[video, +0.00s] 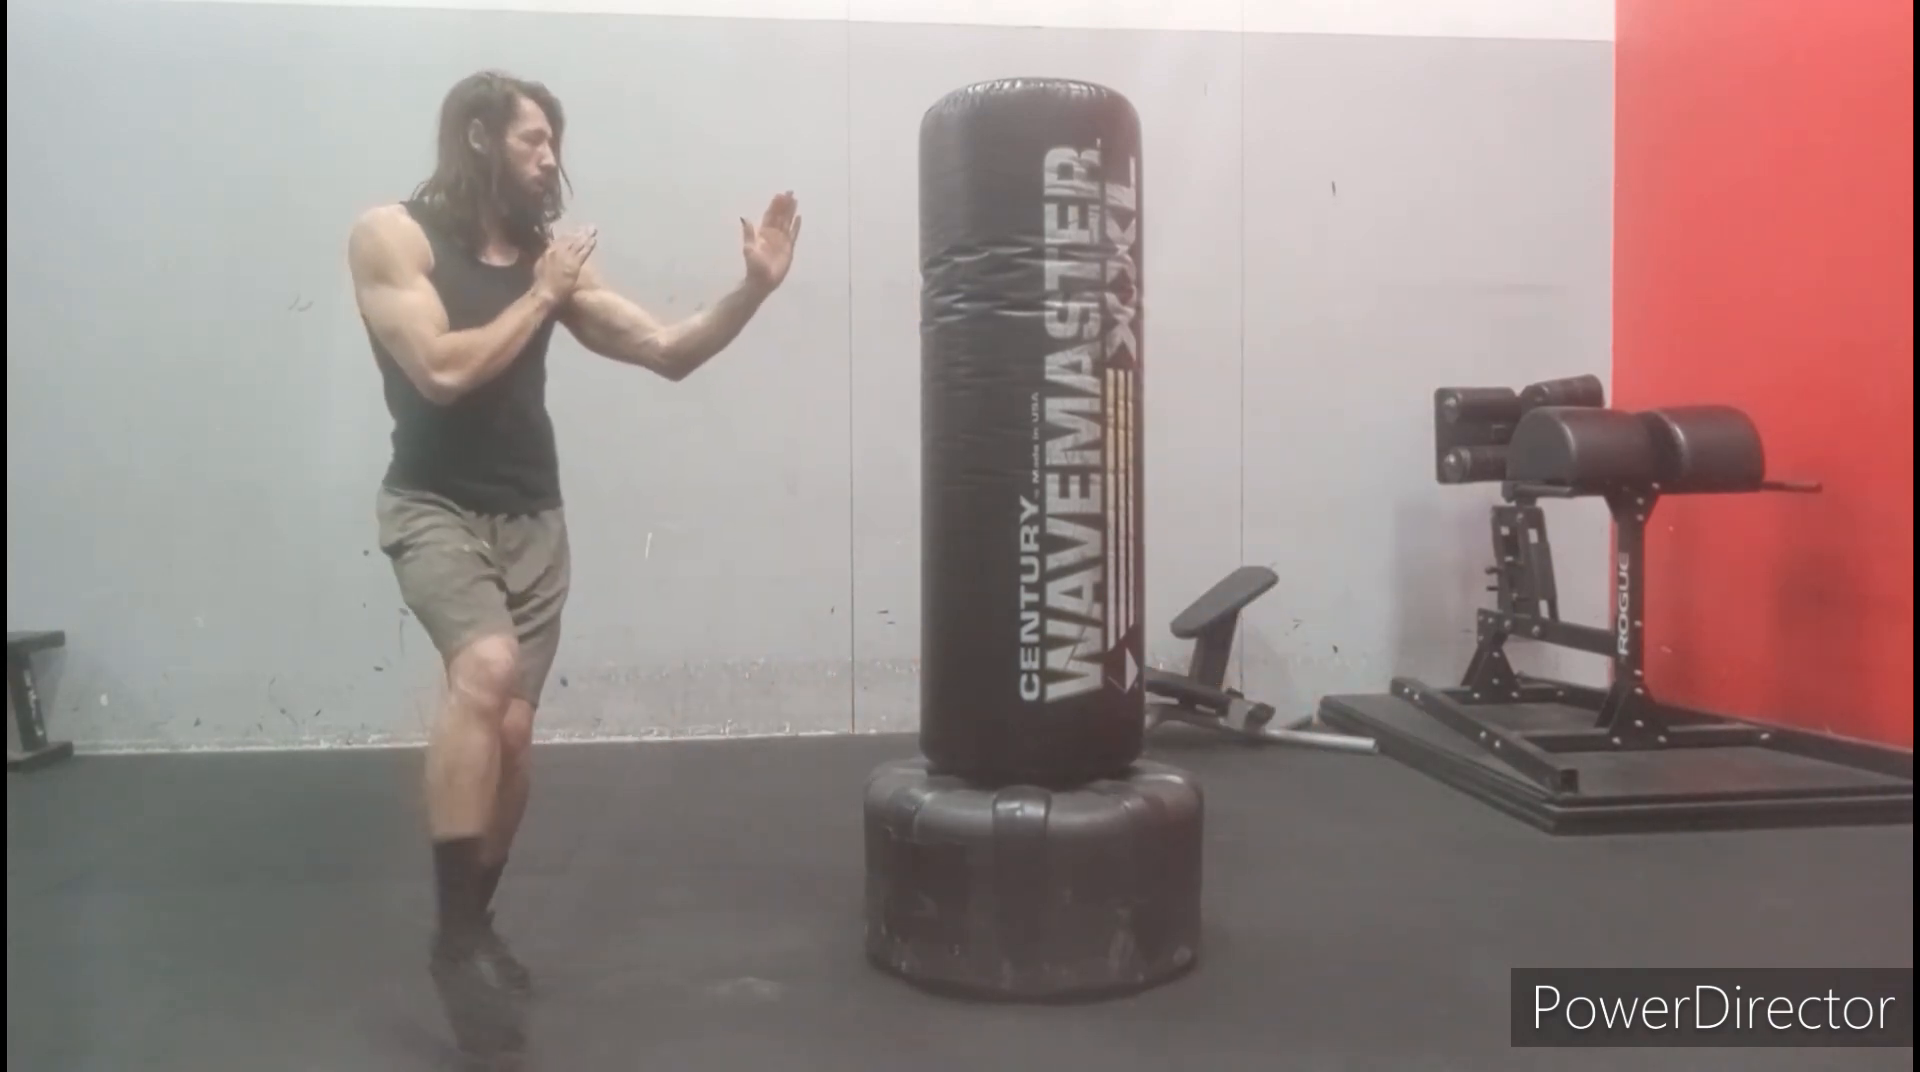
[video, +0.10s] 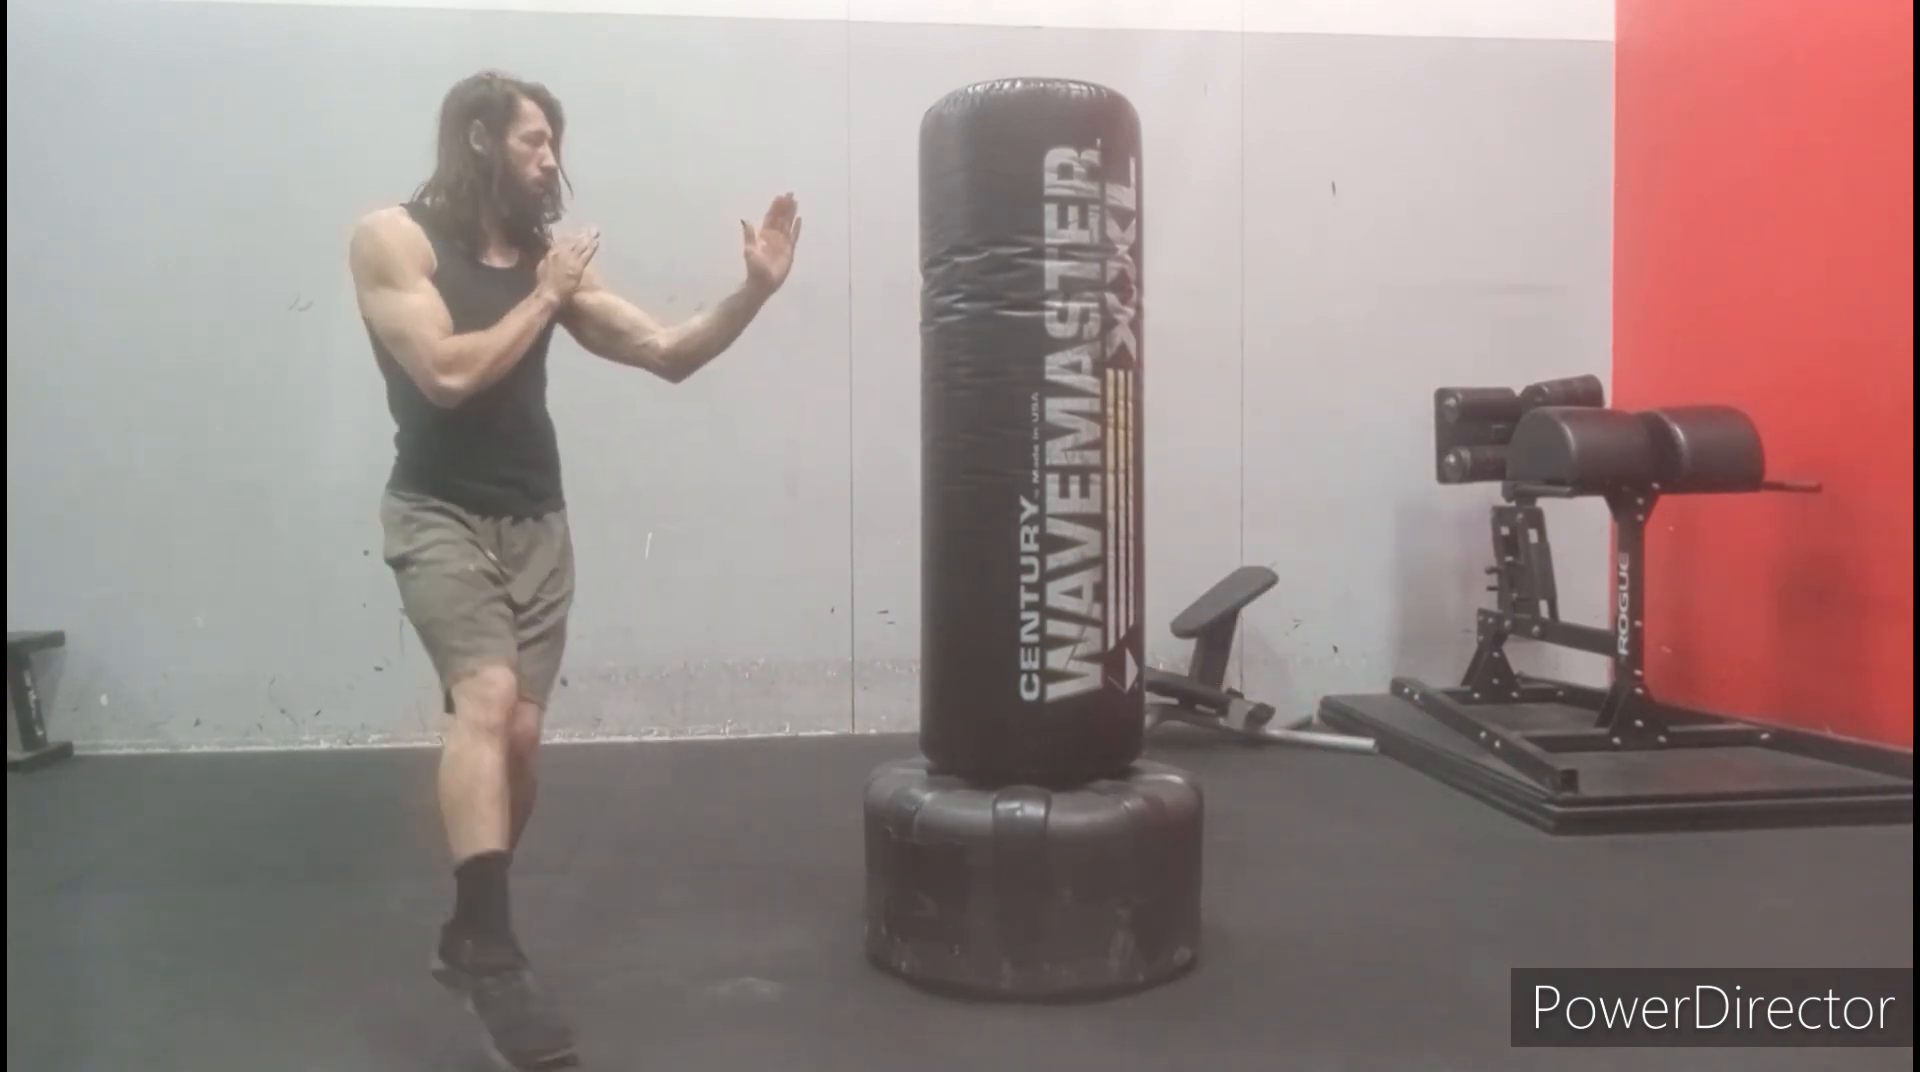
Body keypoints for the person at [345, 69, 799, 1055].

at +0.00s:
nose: (551, 159)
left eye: (553, 142)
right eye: (534, 141)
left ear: (538, 153)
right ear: (477, 144)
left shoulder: (545, 263)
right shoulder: (388, 235)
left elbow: (669, 350)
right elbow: (442, 373)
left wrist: (753, 286)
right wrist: (544, 291)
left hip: (530, 517)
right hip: (432, 507)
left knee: (513, 731)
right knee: (487, 669)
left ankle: (473, 924)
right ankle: (457, 938)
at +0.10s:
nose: (551, 160)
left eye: (553, 143)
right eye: (535, 142)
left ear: (536, 154)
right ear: (477, 145)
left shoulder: (543, 264)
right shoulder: (389, 237)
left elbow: (669, 352)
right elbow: (447, 376)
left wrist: (754, 288)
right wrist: (547, 293)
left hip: (534, 520)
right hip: (436, 514)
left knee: (522, 732)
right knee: (486, 699)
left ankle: (471, 927)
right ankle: (492, 949)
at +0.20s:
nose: (556, 164)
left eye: (557, 147)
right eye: (539, 145)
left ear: (534, 157)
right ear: (481, 149)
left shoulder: (544, 269)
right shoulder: (391, 241)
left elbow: (671, 354)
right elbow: (453, 379)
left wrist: (756, 290)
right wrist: (551, 295)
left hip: (537, 524)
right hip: (441, 518)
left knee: (542, 740)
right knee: (489, 716)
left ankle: (474, 927)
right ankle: (516, 967)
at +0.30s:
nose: (560, 166)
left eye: (561, 148)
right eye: (543, 147)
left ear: (523, 158)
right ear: (485, 149)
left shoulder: (545, 271)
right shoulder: (395, 241)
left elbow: (673, 356)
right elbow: (459, 380)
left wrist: (759, 291)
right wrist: (555, 297)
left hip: (539, 525)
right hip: (444, 520)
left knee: (558, 741)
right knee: (498, 719)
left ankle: (475, 925)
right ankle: (521, 982)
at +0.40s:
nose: (564, 164)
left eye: (565, 147)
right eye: (548, 145)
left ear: (527, 156)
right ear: (490, 147)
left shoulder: (547, 271)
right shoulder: (400, 239)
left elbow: (676, 356)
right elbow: (465, 376)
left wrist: (765, 291)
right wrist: (559, 297)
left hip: (540, 525)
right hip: (446, 520)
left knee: (562, 739)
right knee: (498, 719)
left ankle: (477, 924)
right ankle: (518, 983)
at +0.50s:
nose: (571, 160)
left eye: (571, 143)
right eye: (555, 141)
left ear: (532, 152)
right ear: (497, 143)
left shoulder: (550, 267)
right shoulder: (406, 234)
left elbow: (681, 354)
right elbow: (471, 370)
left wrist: (771, 292)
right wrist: (565, 293)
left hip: (539, 522)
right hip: (444, 515)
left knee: (561, 741)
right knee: (497, 716)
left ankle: (477, 923)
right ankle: (514, 979)